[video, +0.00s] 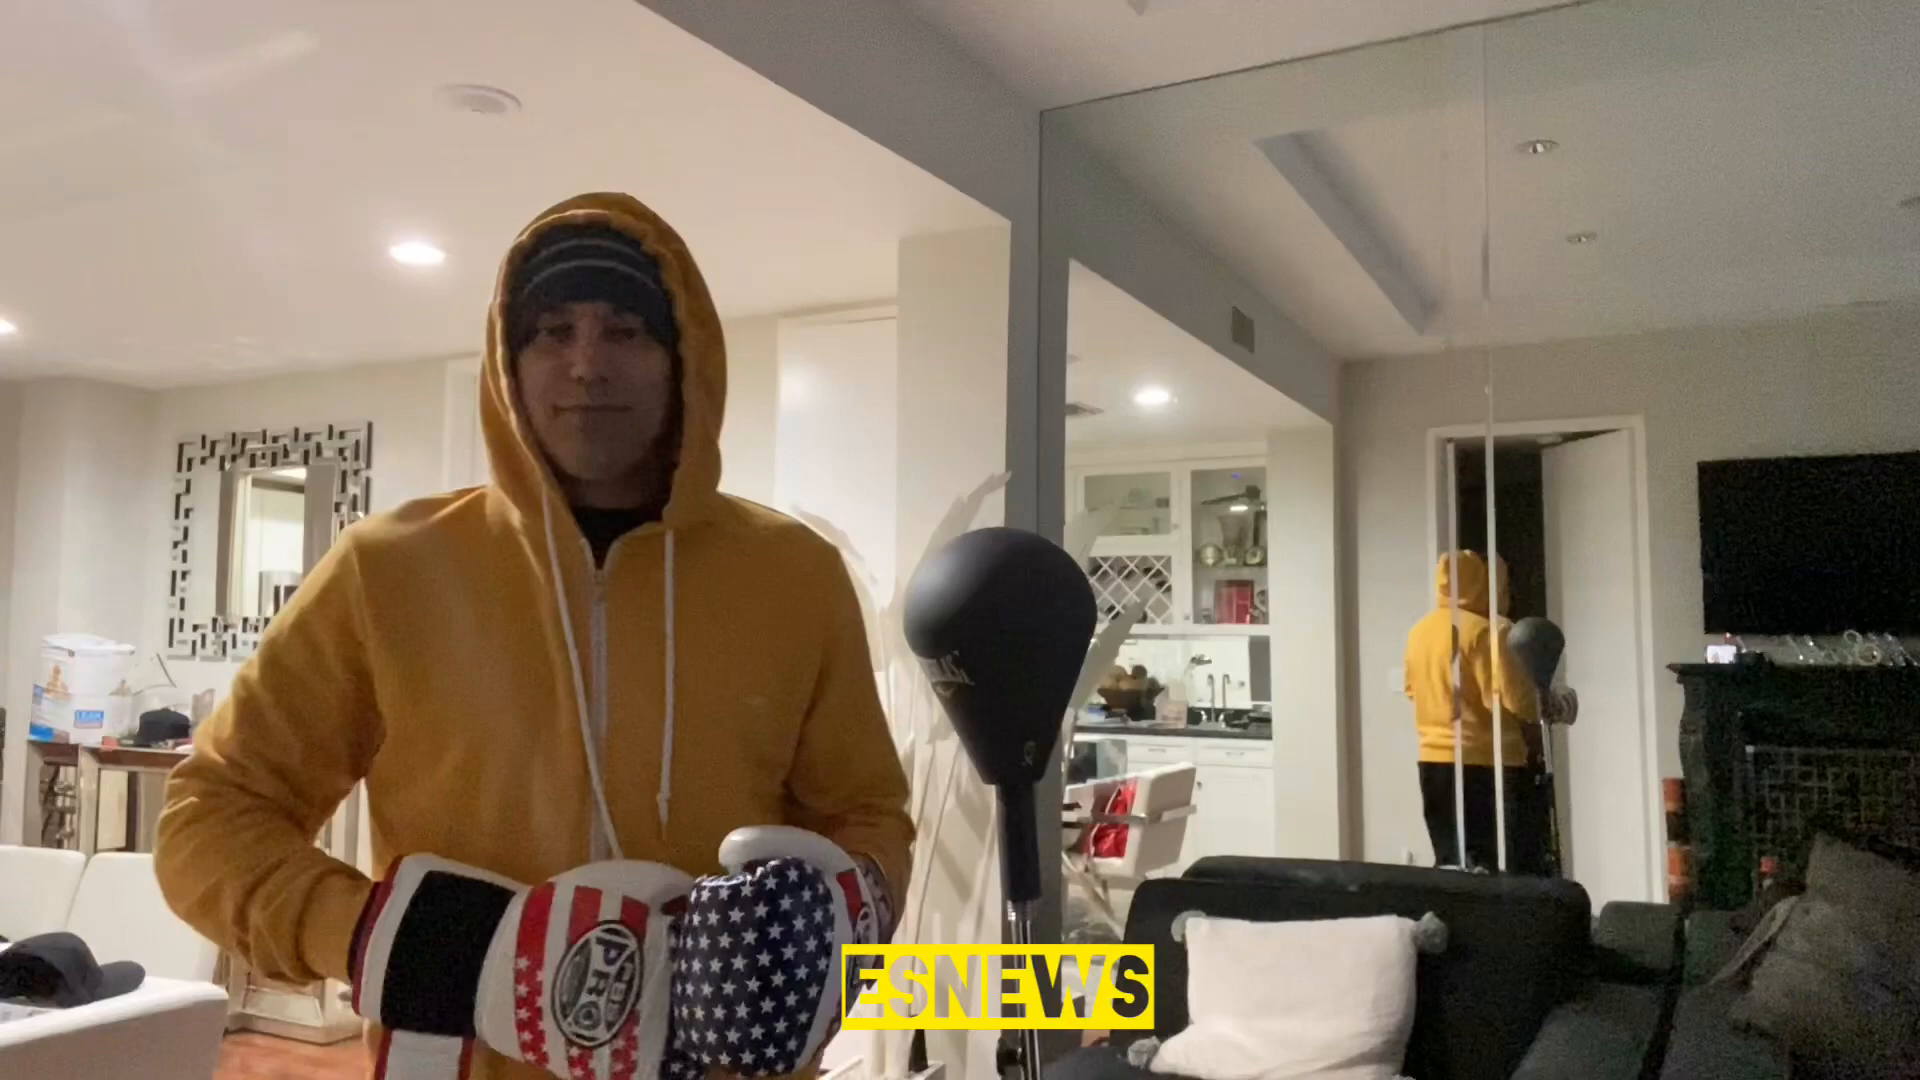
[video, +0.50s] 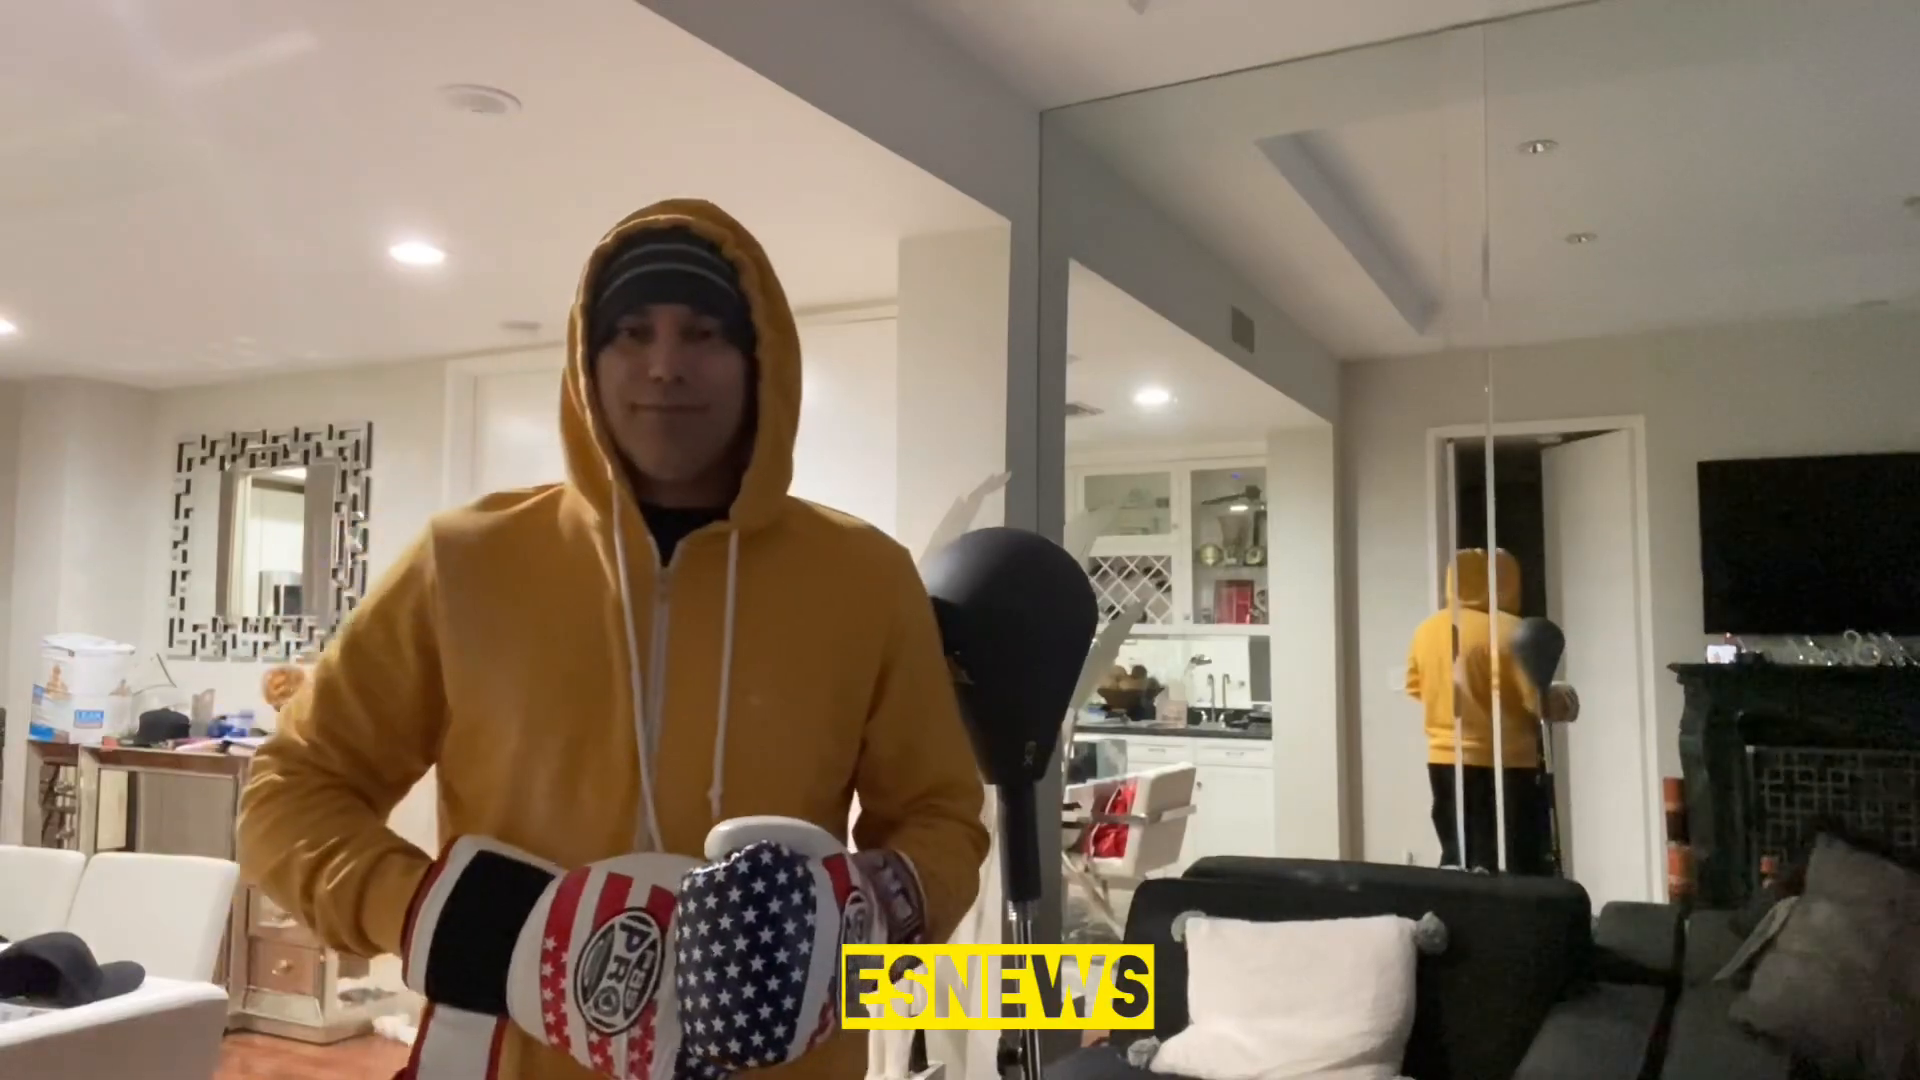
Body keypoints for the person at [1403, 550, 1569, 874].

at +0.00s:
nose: (1503, 593)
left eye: (1503, 585)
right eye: (1498, 585)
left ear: (1444, 585)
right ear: (1480, 585)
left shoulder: (1420, 631)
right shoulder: (1488, 631)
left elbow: (1413, 690)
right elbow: (1516, 699)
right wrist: (1547, 705)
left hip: (1435, 767)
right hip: (1489, 769)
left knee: (1451, 867)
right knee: (1498, 868)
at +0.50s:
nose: (1517, 589)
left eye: (1515, 581)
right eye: (1512, 581)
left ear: (1454, 582)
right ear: (1500, 584)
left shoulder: (1428, 630)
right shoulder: (1509, 631)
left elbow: (1414, 687)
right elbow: (1536, 700)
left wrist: (1455, 699)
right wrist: (1564, 701)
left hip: (1447, 766)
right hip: (1508, 768)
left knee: (1459, 857)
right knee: (1521, 862)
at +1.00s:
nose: (1521, 589)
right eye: (1517, 582)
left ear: (1465, 582)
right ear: (1510, 584)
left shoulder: (1435, 628)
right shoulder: (1518, 630)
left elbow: (1420, 683)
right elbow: (1548, 703)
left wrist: (1463, 691)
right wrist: (1569, 697)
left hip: (1453, 769)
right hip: (1515, 770)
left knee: (1463, 861)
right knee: (1524, 867)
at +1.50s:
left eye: (1453, 581)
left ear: (1456, 584)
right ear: (1507, 583)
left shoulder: (1436, 631)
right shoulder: (1524, 630)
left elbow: (1430, 683)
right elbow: (1557, 705)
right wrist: (1568, 676)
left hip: (1460, 771)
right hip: (1521, 771)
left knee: (1467, 864)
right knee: (1527, 869)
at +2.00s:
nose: (1525, 591)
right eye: (1521, 583)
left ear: (1463, 586)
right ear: (1513, 586)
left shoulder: (1437, 634)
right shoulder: (1528, 633)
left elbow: (1433, 689)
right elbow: (1575, 698)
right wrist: (1558, 657)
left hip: (1463, 770)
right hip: (1524, 770)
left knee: (1477, 860)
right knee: (1529, 867)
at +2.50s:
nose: (1535, 603)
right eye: (1532, 596)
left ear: (1474, 590)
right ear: (1523, 594)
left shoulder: (1443, 633)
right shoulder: (1527, 630)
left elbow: (1455, 693)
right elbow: (1573, 690)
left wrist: (1538, 706)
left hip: (1459, 766)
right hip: (1516, 766)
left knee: (1476, 861)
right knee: (1525, 863)